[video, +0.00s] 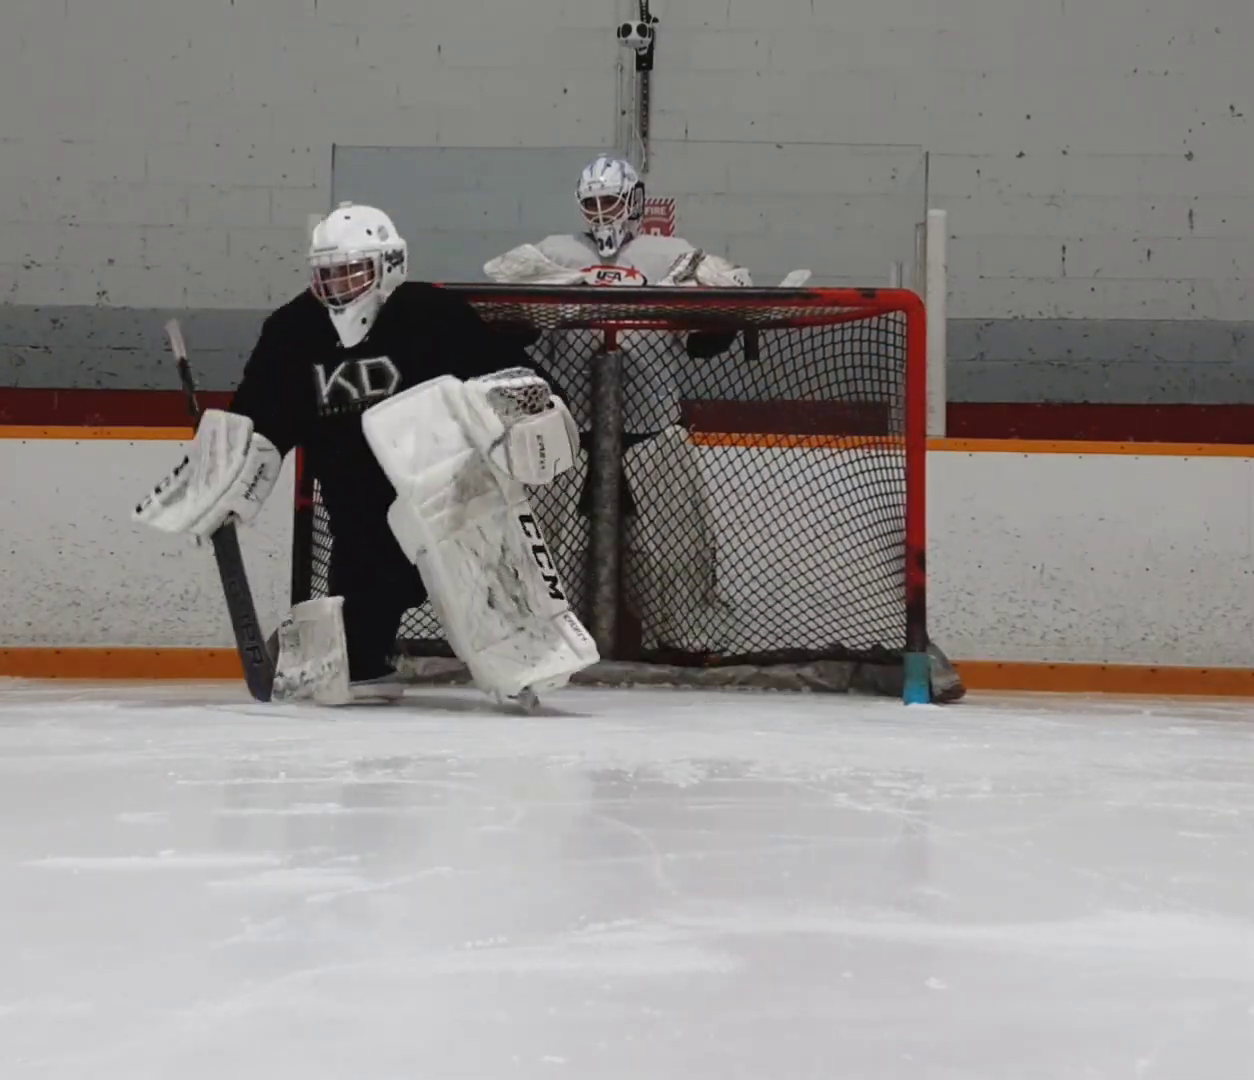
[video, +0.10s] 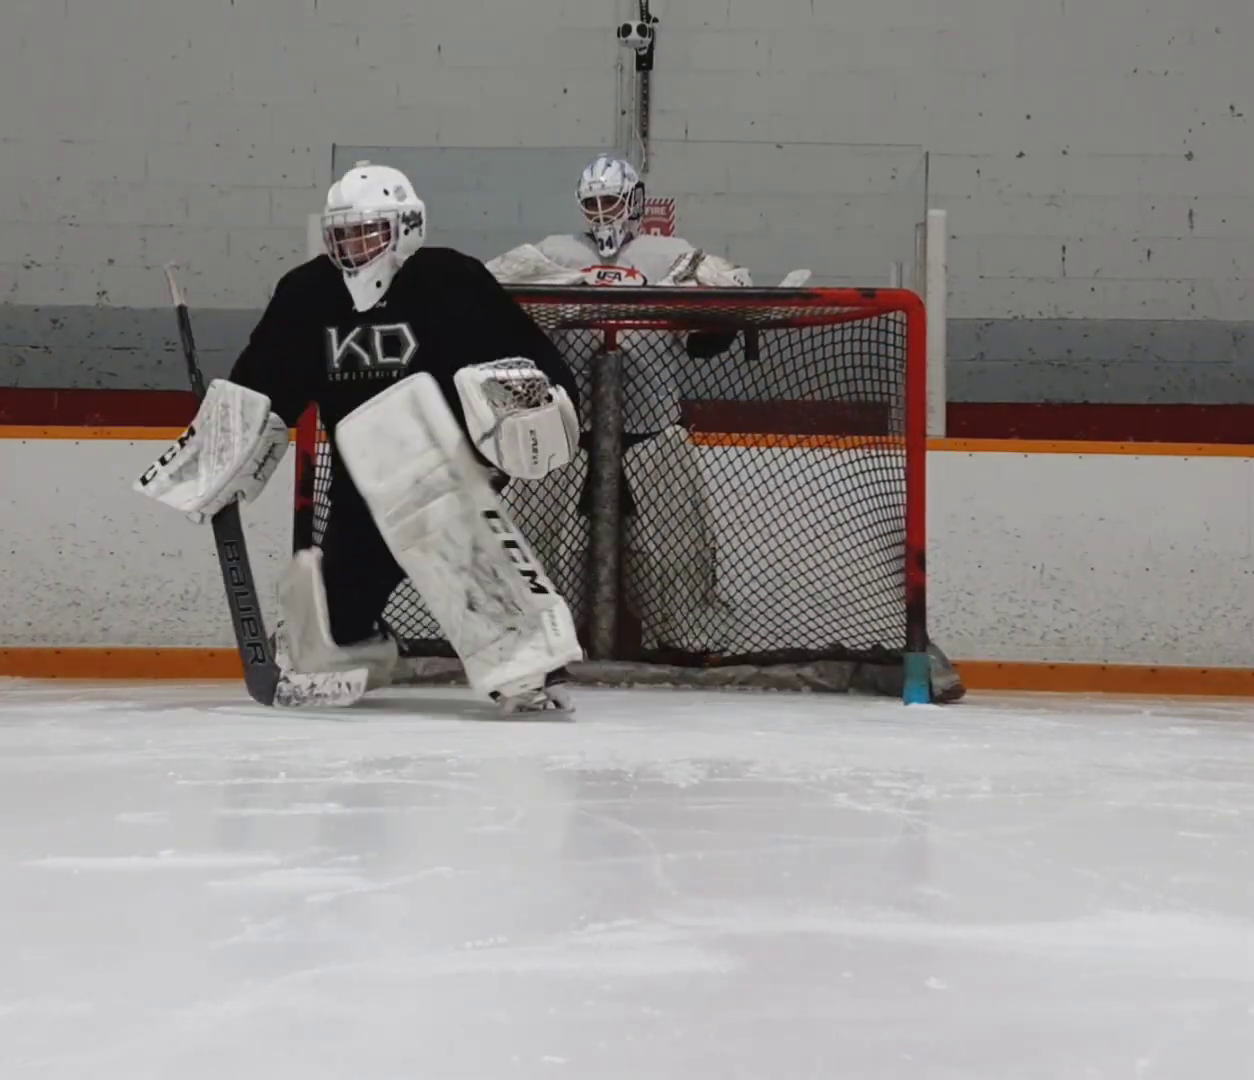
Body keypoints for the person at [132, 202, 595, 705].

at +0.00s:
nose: (341, 284)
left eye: (352, 271)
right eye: (330, 274)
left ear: (386, 265)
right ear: (315, 276)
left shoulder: (431, 314)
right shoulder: (291, 331)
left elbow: (508, 375)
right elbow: (258, 422)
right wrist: (221, 481)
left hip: (443, 495)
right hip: (354, 507)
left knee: (478, 583)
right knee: (356, 655)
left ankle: (515, 667)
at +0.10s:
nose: (352, 247)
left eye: (366, 234)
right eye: (341, 235)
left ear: (404, 228)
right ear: (328, 235)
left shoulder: (451, 280)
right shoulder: (307, 293)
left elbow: (529, 362)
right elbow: (260, 384)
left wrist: (525, 419)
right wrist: (215, 455)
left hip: (446, 464)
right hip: (359, 472)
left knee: (476, 565)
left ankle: (520, 678)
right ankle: (351, 659)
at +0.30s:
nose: (333, 210)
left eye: (347, 196)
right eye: (322, 198)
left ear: (383, 192)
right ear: (308, 200)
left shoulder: (431, 252)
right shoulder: (290, 264)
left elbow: (508, 356)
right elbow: (243, 361)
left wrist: (469, 412)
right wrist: (194, 431)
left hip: (431, 439)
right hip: (341, 438)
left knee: (417, 545)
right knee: (293, 549)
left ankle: (478, 674)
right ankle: (271, 678)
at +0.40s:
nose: (334, 205)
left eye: (348, 191)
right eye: (321, 192)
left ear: (377, 188)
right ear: (303, 193)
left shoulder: (426, 252)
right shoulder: (277, 258)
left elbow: (486, 363)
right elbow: (227, 354)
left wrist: (440, 406)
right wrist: (176, 422)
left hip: (440, 437)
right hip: (336, 438)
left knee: (445, 542)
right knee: (275, 540)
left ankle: (520, 676)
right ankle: (238, 665)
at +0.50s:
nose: (338, 203)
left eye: (351, 190)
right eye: (324, 190)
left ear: (371, 188)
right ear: (298, 191)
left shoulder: (416, 248)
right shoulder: (265, 254)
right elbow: (212, 350)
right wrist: (163, 424)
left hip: (420, 439)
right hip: (319, 437)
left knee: (478, 559)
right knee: (276, 558)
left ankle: (582, 670)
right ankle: (217, 677)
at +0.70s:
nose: (397, 234)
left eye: (409, 218)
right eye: (379, 220)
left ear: (424, 215)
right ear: (344, 217)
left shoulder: (457, 279)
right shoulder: (300, 271)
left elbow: (517, 369)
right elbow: (219, 339)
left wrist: (534, 432)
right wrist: (182, 417)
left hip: (450, 464)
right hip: (344, 461)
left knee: (534, 567)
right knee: (263, 547)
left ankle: (642, 672)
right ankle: (190, 663)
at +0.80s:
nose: (480, 258)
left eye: (490, 245)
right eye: (463, 245)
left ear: (503, 244)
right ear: (423, 242)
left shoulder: (527, 314)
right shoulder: (369, 286)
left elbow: (586, 405)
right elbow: (275, 334)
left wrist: (647, 463)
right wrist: (239, 426)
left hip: (507, 501)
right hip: (396, 491)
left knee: (531, 652)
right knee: (299, 585)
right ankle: (197, 665)